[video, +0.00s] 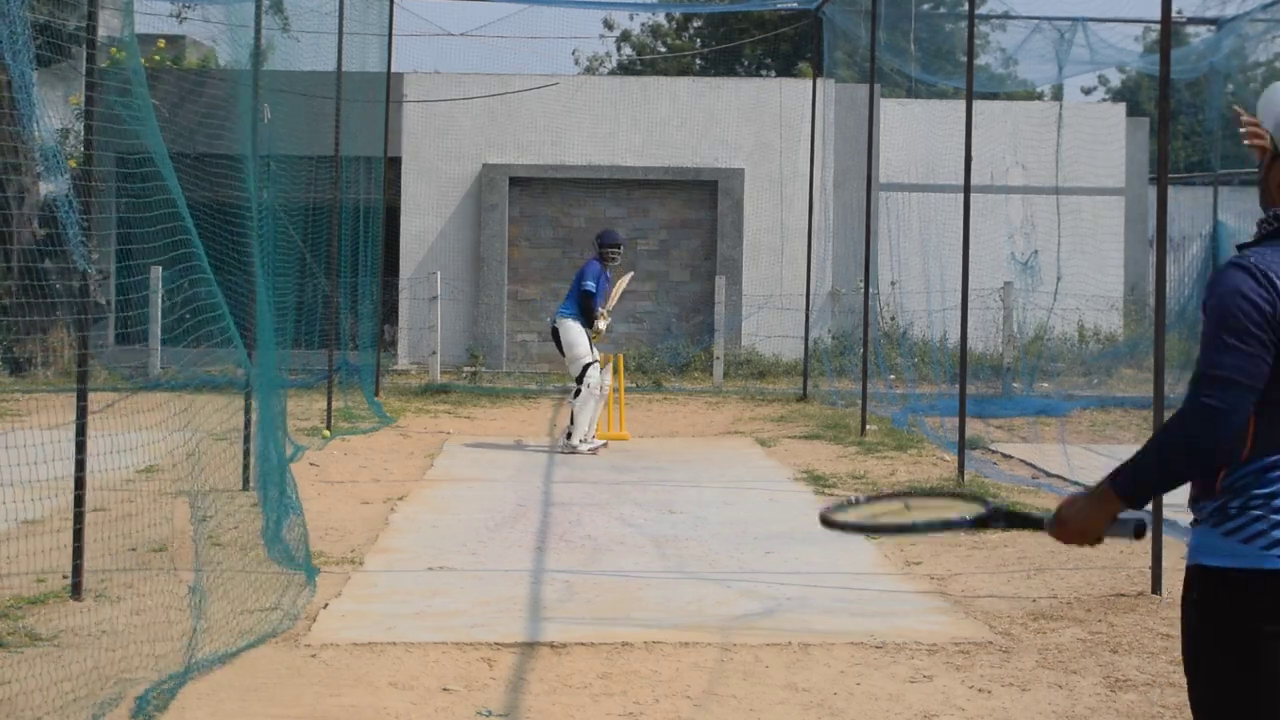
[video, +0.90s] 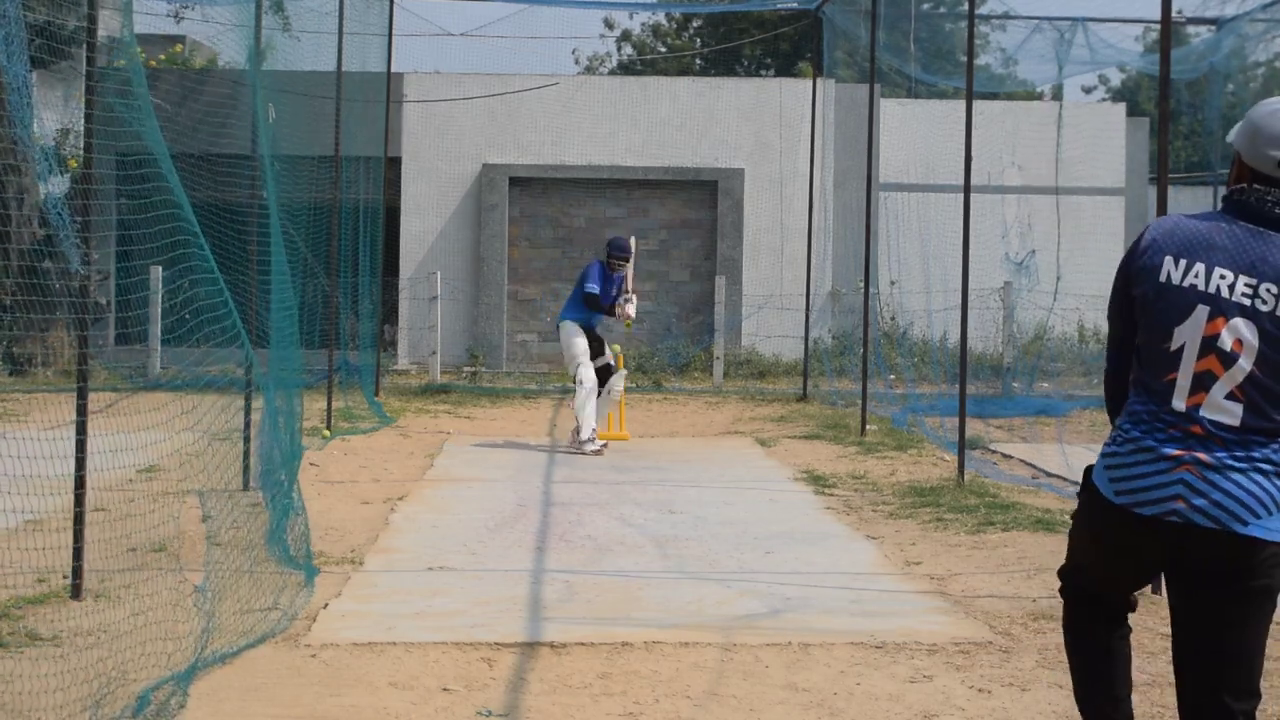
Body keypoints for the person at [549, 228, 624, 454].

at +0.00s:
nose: (613, 254)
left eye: (617, 250)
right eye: (609, 249)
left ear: (621, 251)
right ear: (600, 249)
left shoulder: (606, 275)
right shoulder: (593, 268)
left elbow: (602, 303)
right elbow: (587, 299)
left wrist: (603, 317)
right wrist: (596, 320)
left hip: (581, 325)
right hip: (569, 323)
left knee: (601, 380)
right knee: (590, 378)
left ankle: (585, 435)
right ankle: (574, 438)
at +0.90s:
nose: (618, 265)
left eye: (623, 262)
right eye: (615, 260)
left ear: (627, 262)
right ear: (608, 257)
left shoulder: (620, 277)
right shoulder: (595, 269)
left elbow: (614, 301)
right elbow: (590, 300)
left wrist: (625, 303)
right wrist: (615, 312)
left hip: (589, 327)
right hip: (571, 323)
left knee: (611, 378)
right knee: (586, 375)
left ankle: (583, 430)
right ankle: (584, 436)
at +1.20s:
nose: (614, 251)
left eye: (618, 247)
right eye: (610, 246)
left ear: (623, 248)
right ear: (602, 245)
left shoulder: (619, 268)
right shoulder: (596, 262)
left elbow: (585, 272)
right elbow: (578, 285)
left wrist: (569, 254)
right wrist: (562, 266)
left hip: (596, 320)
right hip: (572, 314)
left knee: (598, 374)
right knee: (592, 364)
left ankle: (586, 431)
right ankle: (601, 423)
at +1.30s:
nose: (607, 255)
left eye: (610, 252)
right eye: (605, 251)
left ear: (614, 252)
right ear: (605, 251)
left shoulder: (615, 273)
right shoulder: (595, 269)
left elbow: (582, 275)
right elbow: (578, 290)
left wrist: (574, 259)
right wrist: (564, 268)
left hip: (596, 326)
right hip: (571, 319)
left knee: (598, 378)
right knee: (582, 368)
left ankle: (589, 426)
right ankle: (591, 424)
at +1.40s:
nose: (604, 257)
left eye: (608, 254)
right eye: (602, 253)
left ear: (619, 254)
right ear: (600, 252)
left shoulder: (615, 276)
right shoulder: (603, 274)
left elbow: (580, 287)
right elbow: (578, 295)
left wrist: (565, 269)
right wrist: (558, 279)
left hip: (594, 332)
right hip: (573, 326)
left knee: (587, 383)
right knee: (558, 367)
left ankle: (588, 432)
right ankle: (566, 425)